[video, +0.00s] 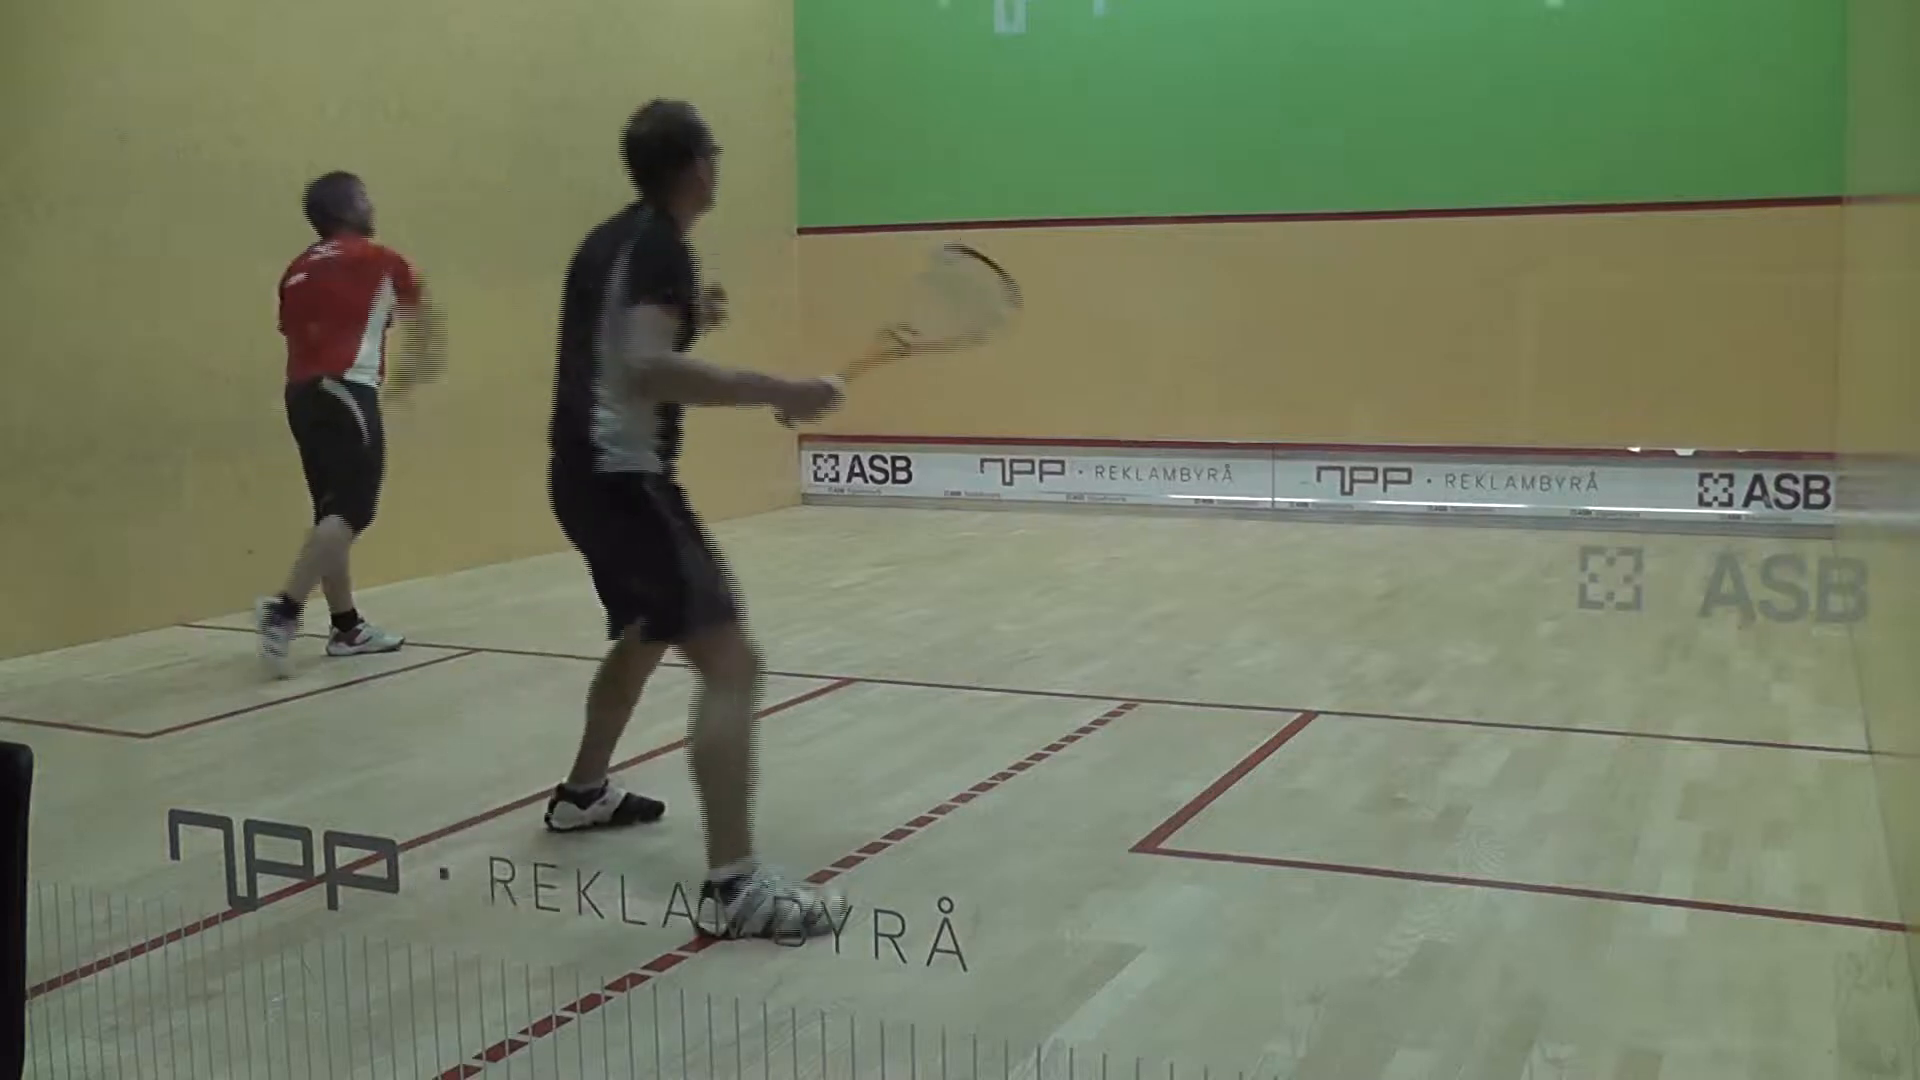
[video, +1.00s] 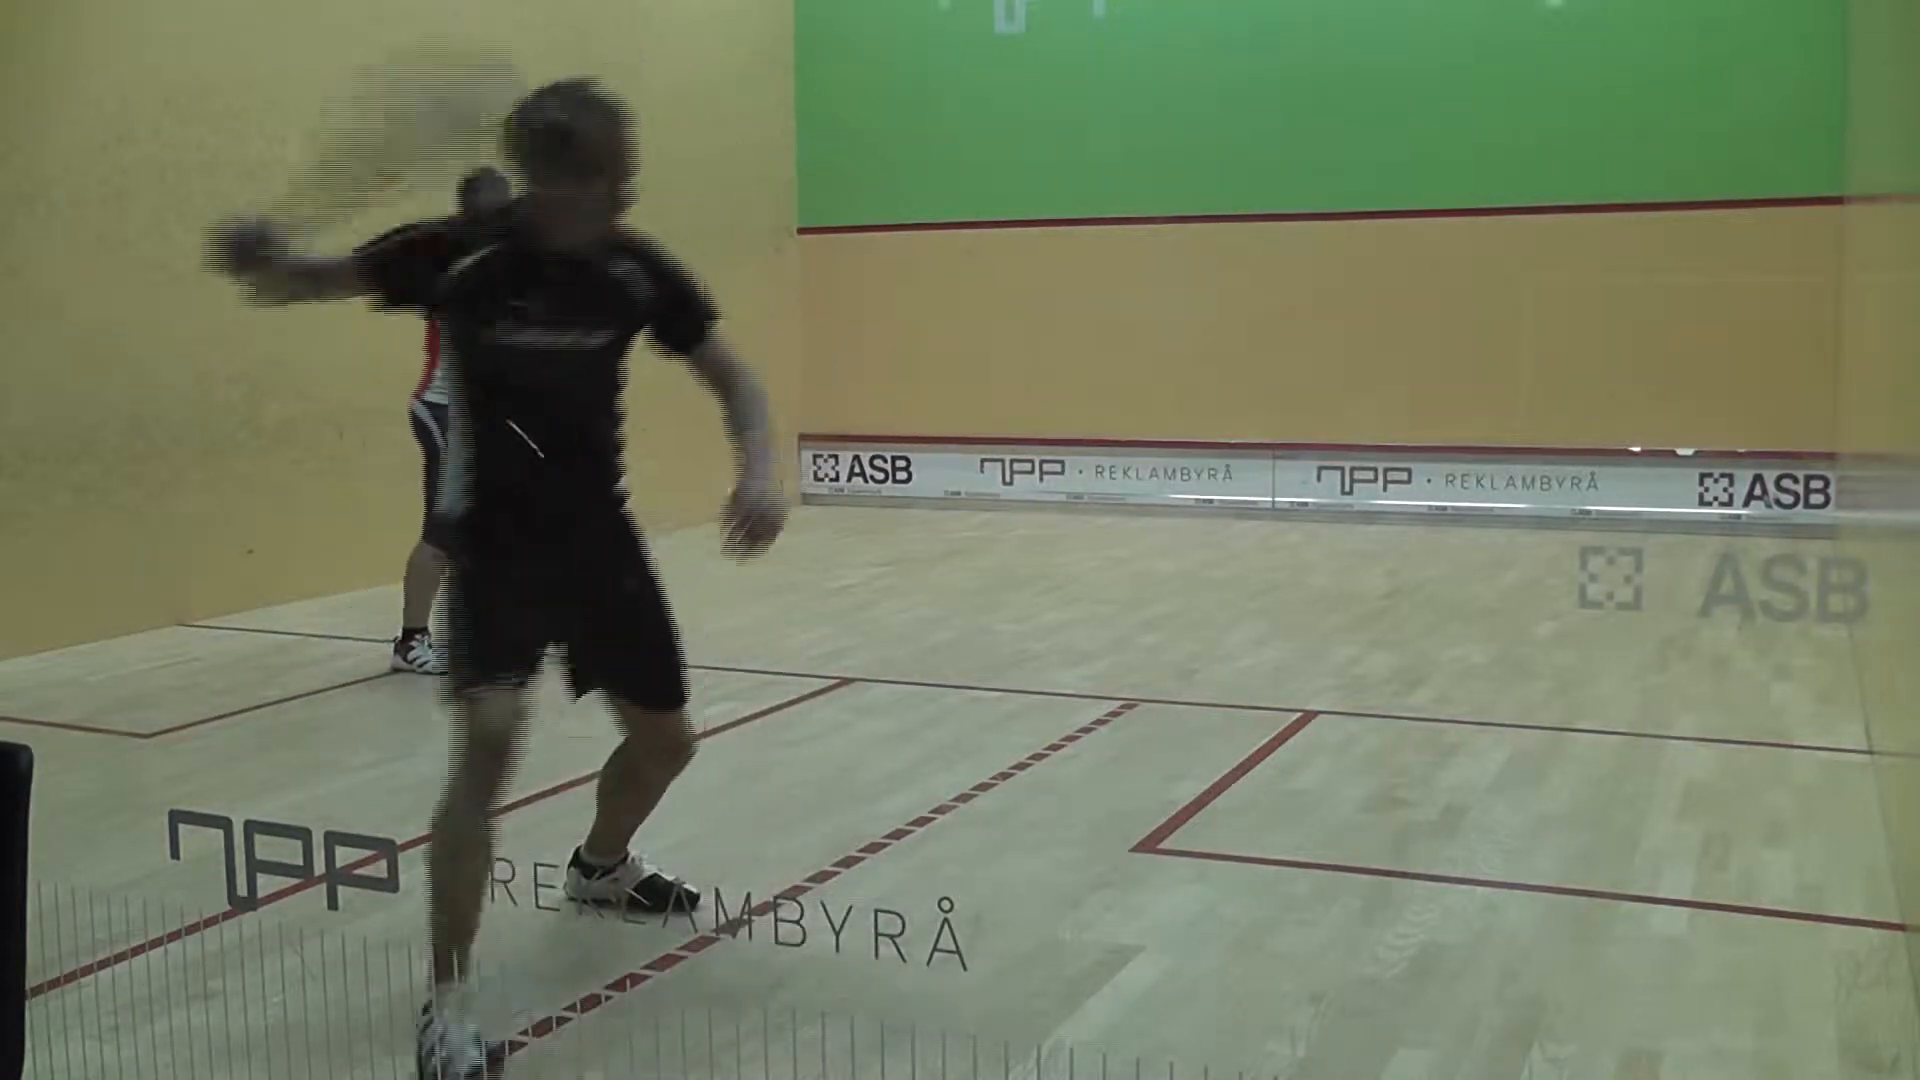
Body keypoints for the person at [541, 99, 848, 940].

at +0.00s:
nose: (718, 172)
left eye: (712, 158)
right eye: (711, 159)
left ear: (644, 169)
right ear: (690, 170)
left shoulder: (608, 244)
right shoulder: (656, 247)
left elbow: (595, 350)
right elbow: (644, 366)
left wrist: (681, 312)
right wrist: (777, 391)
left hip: (589, 478)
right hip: (627, 482)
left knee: (643, 630)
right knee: (730, 661)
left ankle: (583, 791)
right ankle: (733, 878)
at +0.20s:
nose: (771, 143)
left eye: (767, 128)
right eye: (768, 129)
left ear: (690, 133)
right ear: (752, 135)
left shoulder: (643, 212)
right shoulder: (721, 216)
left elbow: (633, 338)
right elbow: (715, 337)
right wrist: (857, 380)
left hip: (610, 458)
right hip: (677, 463)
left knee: (652, 633)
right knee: (781, 658)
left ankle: (554, 811)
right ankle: (743, 878)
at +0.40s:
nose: (824, 150)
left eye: (819, 135)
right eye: (815, 136)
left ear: (752, 148)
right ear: (785, 147)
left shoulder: (714, 221)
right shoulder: (736, 227)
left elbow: (688, 364)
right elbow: (708, 362)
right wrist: (852, 406)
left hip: (643, 478)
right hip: (684, 481)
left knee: (704, 653)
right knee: (831, 659)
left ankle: (560, 797)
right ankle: (802, 881)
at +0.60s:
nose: (806, 130)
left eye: (803, 114)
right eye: (789, 114)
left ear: (751, 131)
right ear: (736, 126)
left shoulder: (740, 226)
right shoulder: (666, 206)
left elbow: (774, 352)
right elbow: (571, 325)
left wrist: (882, 402)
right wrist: (685, 387)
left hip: (674, 457)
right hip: (619, 461)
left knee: (740, 656)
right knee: (752, 656)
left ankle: (633, 827)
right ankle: (799, 871)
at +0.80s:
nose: (723, 138)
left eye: (723, 122)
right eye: (704, 122)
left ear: (705, 134)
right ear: (649, 128)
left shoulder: (706, 231)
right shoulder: (564, 209)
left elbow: (765, 343)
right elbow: (430, 296)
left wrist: (819, 394)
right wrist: (488, 335)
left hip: (639, 474)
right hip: (554, 473)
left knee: (689, 690)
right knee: (652, 675)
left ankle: (607, 860)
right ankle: (613, 877)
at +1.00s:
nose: (617, 193)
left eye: (619, 174)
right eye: (597, 175)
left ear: (616, 177)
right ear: (542, 179)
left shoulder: (634, 271)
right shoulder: (466, 257)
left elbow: (735, 382)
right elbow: (331, 277)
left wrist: (761, 479)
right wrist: (268, 267)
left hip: (596, 534)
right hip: (488, 542)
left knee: (662, 742)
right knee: (486, 750)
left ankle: (599, 869)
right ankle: (446, 1002)